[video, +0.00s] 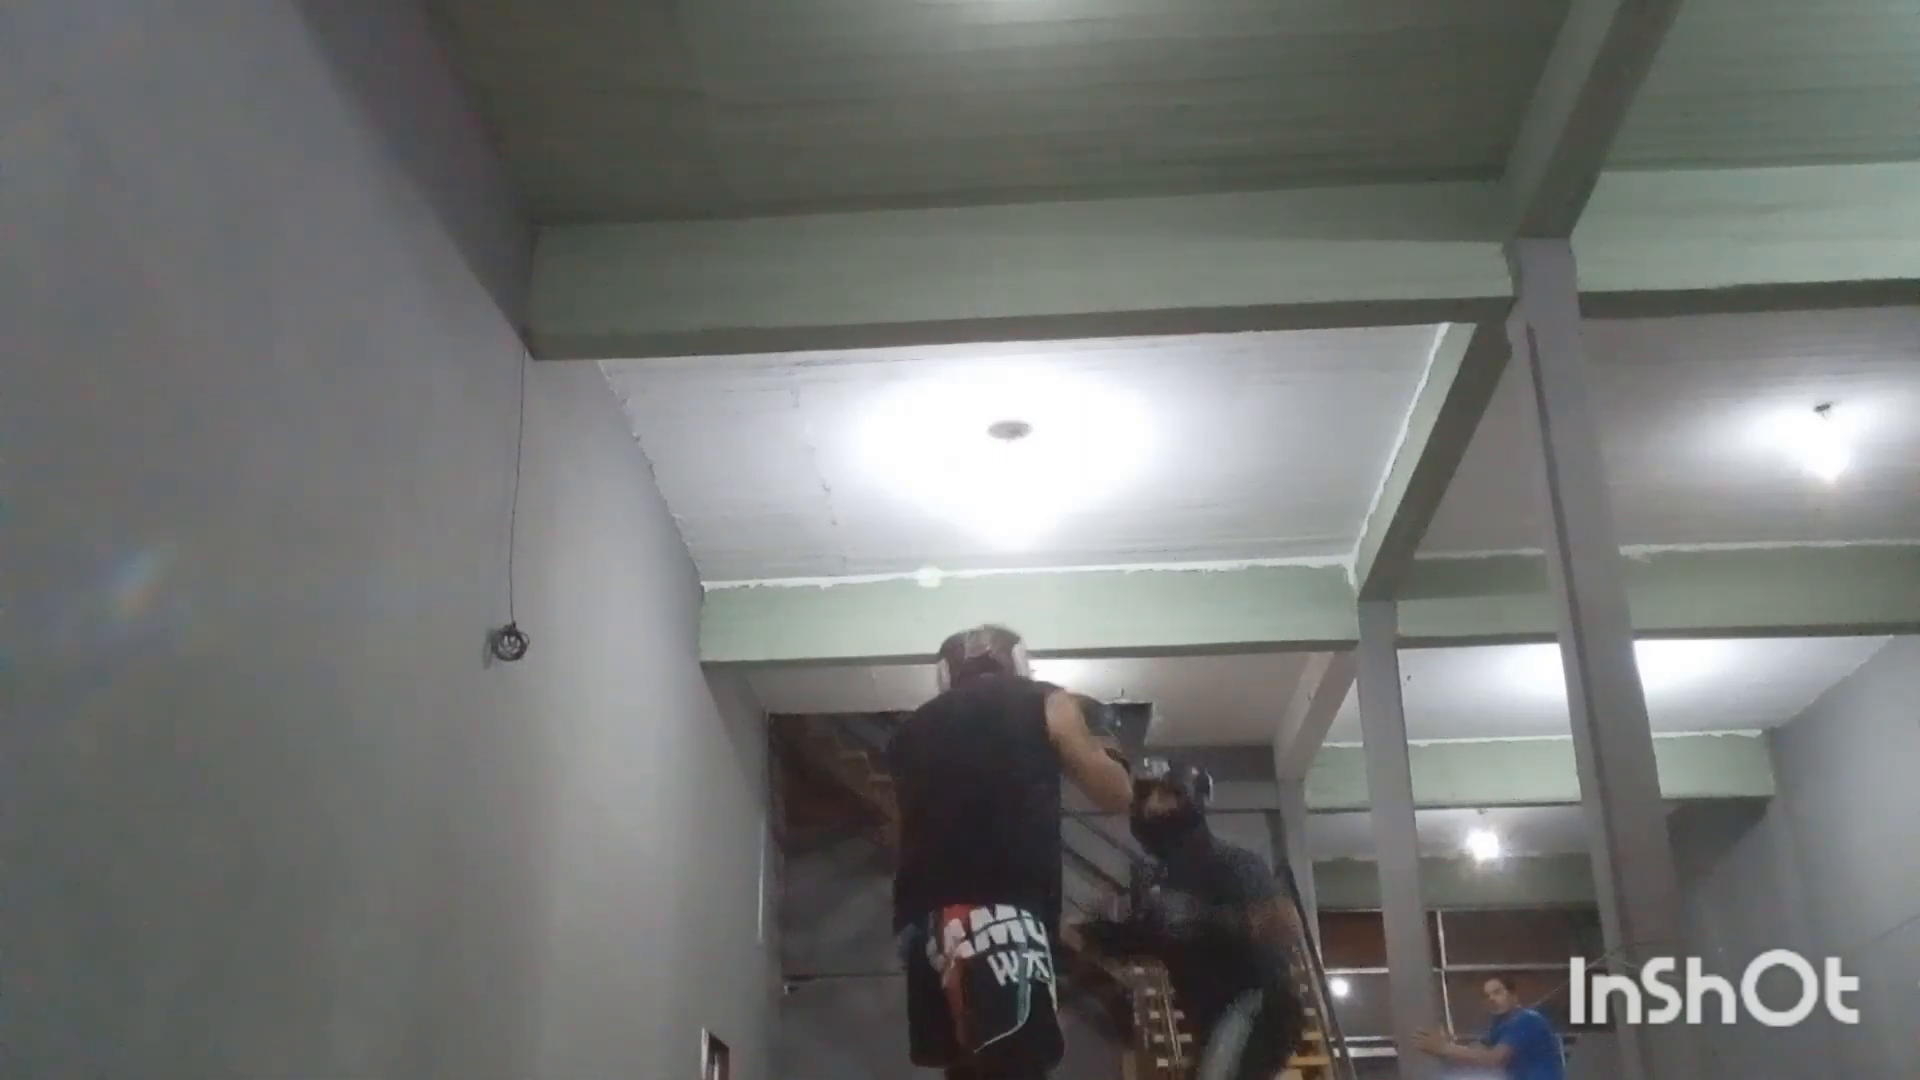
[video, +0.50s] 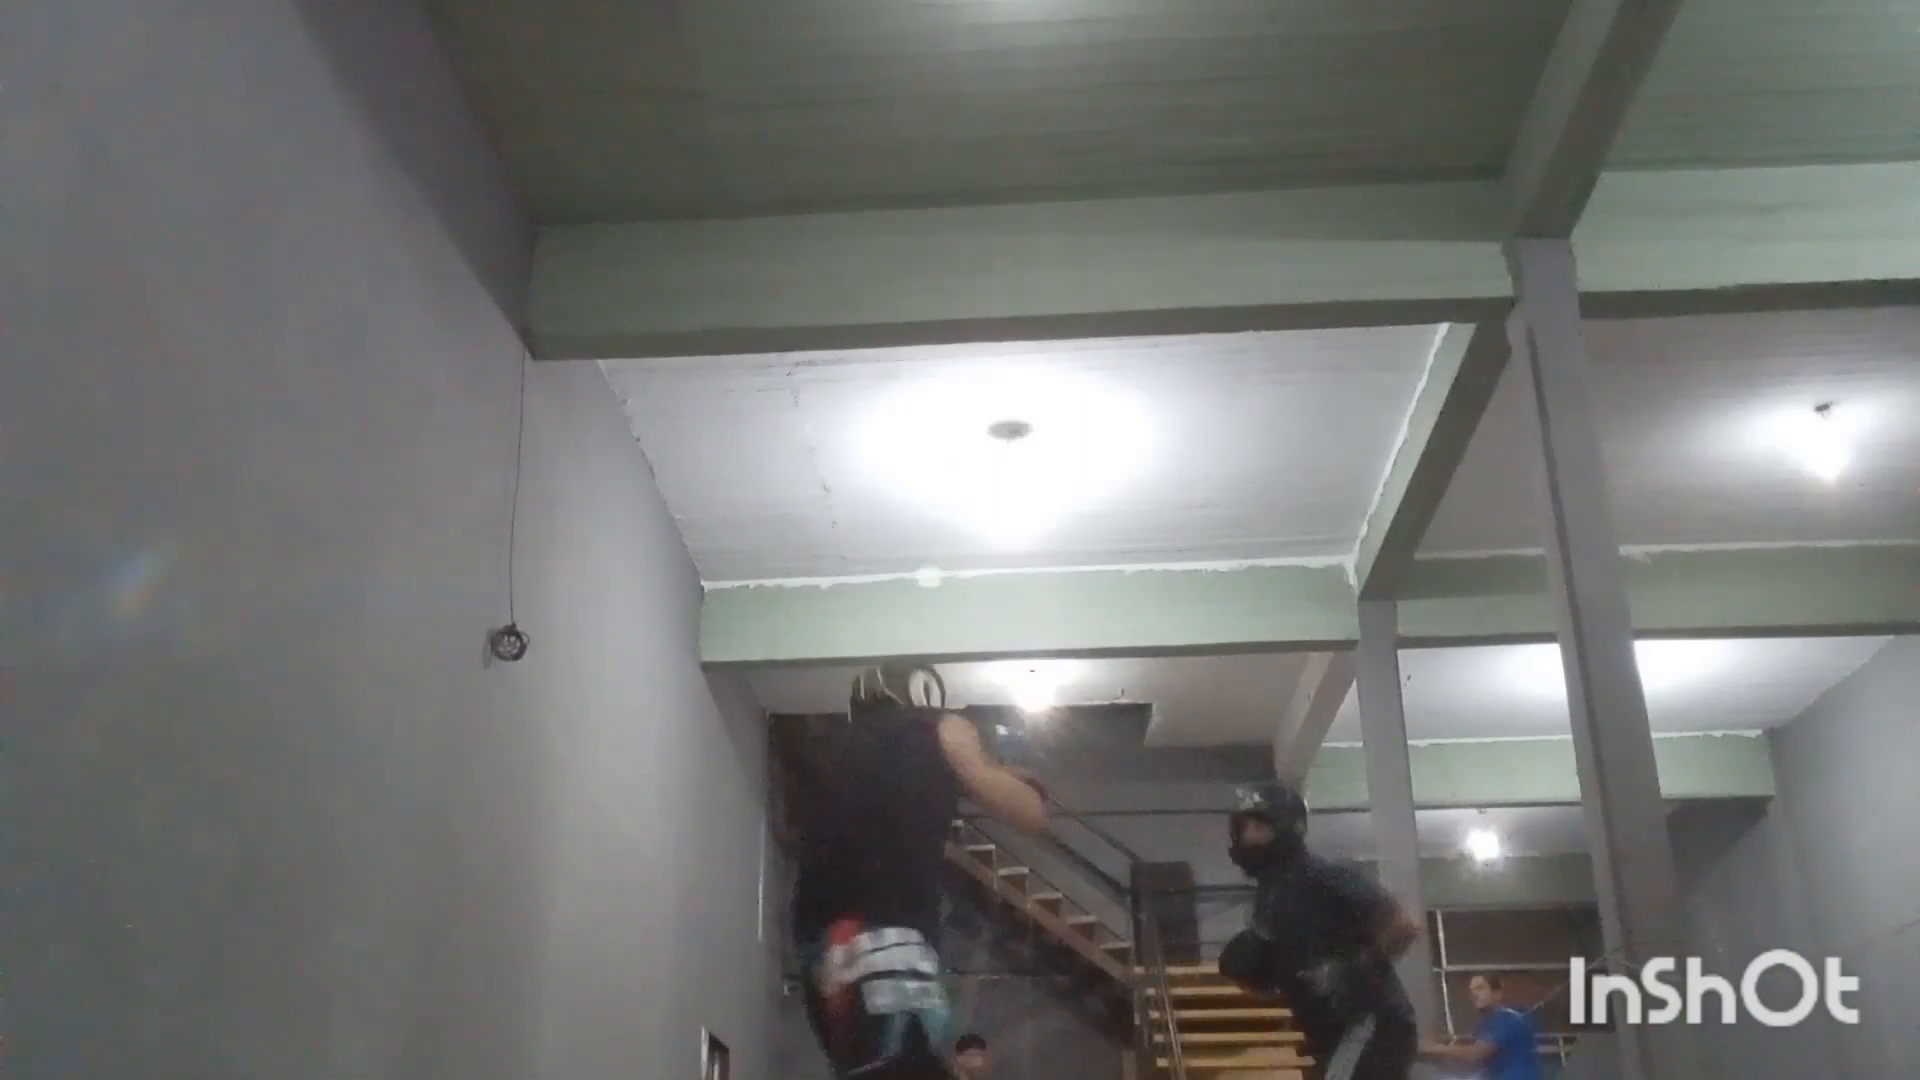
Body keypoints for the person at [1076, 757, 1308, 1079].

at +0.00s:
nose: (1153, 808)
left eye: (1168, 795)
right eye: (1145, 796)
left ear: (1195, 802)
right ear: (1134, 807)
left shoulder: (1240, 866)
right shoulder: (1147, 873)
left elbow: (1282, 932)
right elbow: (1152, 938)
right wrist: (1091, 935)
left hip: (1252, 998)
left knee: (1215, 1069)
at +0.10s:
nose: (1168, 816)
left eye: (1184, 803)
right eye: (1162, 805)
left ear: (1211, 810)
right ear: (1153, 811)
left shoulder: (1253, 874)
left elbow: (1297, 952)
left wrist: (1238, 989)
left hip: (1278, 1015)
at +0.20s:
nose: (1194, 808)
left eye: (1209, 794)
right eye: (1188, 796)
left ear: (1238, 799)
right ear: (1180, 807)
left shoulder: (1283, 857)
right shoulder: (1210, 876)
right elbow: (1176, 936)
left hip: (1301, 1016)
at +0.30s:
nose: (1214, 797)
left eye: (1226, 781)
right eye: (1207, 785)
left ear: (1255, 786)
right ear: (1200, 794)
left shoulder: (1298, 834)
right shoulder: (1230, 860)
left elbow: (1370, 875)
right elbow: (1225, 941)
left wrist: (1327, 936)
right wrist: (1206, 915)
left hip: (1326, 991)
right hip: (1285, 997)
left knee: (1282, 1073)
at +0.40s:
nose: (1234, 805)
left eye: (1246, 792)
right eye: (1227, 794)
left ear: (1272, 794)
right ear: (1220, 803)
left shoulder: (1316, 841)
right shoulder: (1247, 868)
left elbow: (1391, 880)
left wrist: (1359, 934)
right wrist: (1237, 933)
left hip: (1345, 997)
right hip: (1301, 1001)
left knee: (1311, 1072)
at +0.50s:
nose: (1247, 838)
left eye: (1259, 826)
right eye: (1242, 828)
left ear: (1287, 828)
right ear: (1234, 835)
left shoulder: (1327, 878)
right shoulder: (1269, 893)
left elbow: (1401, 928)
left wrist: (1346, 972)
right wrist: (1248, 965)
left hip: (1375, 1022)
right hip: (1327, 1030)